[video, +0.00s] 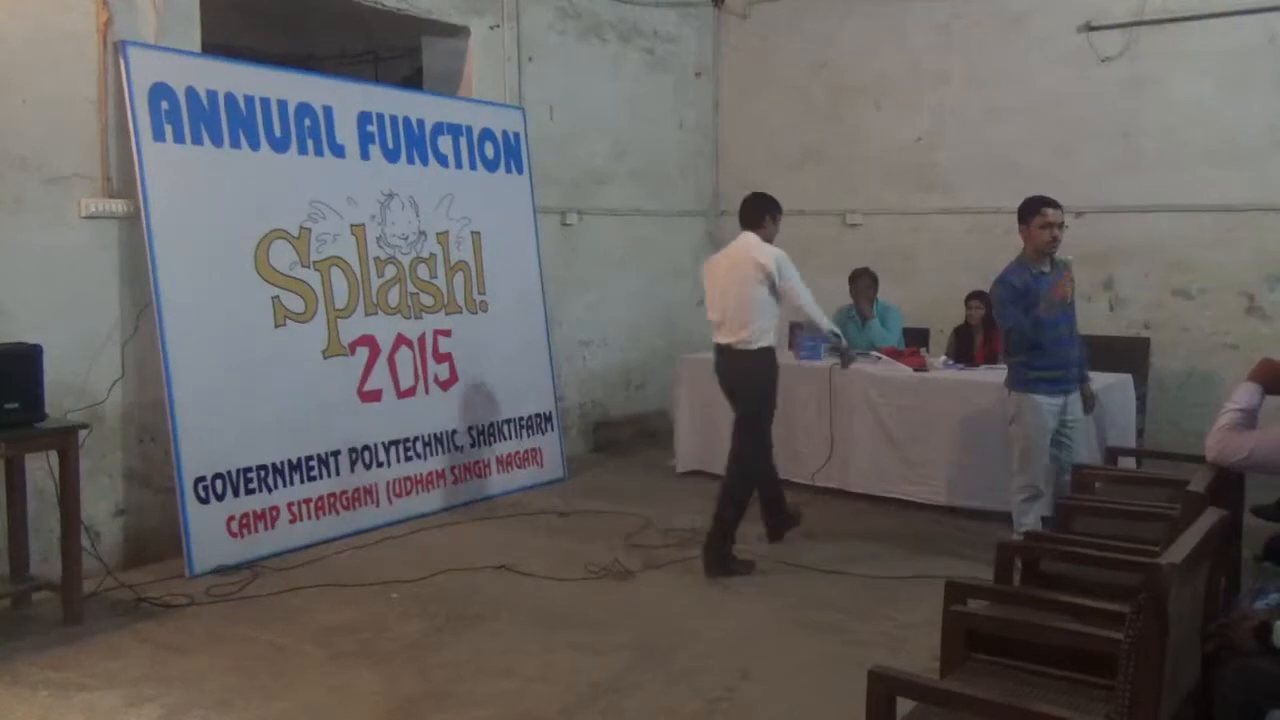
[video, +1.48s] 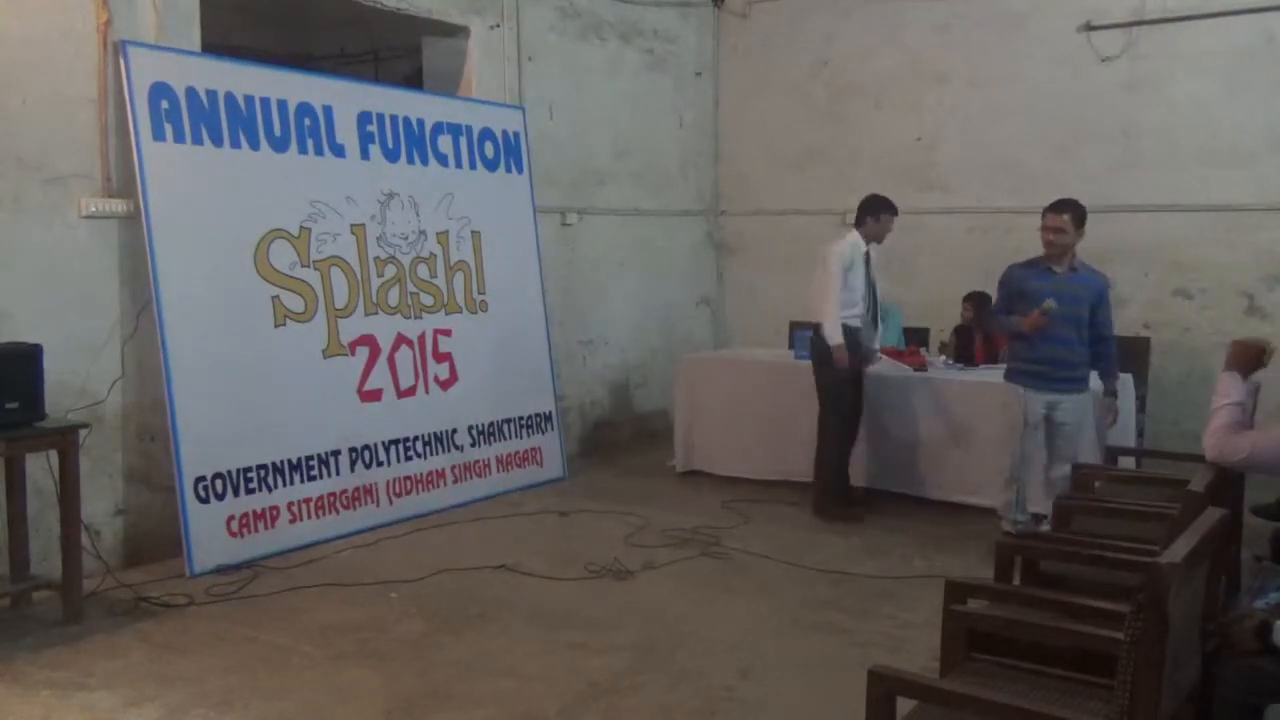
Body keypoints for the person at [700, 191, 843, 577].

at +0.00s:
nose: (778, 230)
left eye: (779, 223)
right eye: (778, 223)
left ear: (742, 222)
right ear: (766, 222)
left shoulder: (713, 262)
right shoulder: (771, 257)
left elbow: (714, 312)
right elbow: (803, 304)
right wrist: (835, 337)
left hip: (725, 362)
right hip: (758, 362)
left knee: (758, 443)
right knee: (745, 455)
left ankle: (777, 517)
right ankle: (718, 552)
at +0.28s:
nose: (811, 226)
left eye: (810, 220)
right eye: (811, 220)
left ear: (776, 218)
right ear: (802, 219)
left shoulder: (750, 258)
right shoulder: (806, 253)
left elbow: (743, 316)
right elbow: (823, 309)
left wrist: (743, 362)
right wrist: (853, 349)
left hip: (762, 355)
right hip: (799, 356)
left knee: (776, 438)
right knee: (818, 435)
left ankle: (786, 520)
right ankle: (776, 493)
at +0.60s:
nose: (855, 235)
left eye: (856, 228)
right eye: (855, 228)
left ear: (823, 224)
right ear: (846, 227)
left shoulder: (791, 259)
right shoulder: (845, 260)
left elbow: (779, 311)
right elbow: (879, 300)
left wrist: (785, 350)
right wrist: (930, 291)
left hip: (796, 356)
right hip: (832, 358)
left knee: (793, 439)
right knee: (842, 434)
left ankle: (782, 520)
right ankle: (858, 506)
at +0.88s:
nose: (884, 238)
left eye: (885, 233)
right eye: (885, 232)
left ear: (855, 222)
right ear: (878, 229)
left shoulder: (820, 251)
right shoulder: (876, 260)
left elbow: (806, 301)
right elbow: (897, 308)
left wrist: (810, 330)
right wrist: (932, 328)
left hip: (820, 342)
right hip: (853, 345)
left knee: (834, 419)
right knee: (864, 425)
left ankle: (824, 488)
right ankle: (860, 501)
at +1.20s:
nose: (896, 240)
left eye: (898, 234)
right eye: (895, 232)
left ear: (872, 225)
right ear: (882, 227)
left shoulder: (846, 245)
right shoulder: (867, 249)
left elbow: (849, 305)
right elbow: (877, 303)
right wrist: (894, 330)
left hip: (826, 334)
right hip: (847, 335)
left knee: (836, 416)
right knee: (856, 417)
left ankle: (835, 491)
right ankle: (860, 498)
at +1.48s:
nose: (889, 232)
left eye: (891, 225)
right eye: (887, 224)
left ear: (871, 221)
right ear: (870, 220)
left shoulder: (864, 253)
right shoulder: (839, 251)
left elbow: (864, 305)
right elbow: (828, 300)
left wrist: (869, 343)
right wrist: (837, 342)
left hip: (854, 339)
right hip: (834, 340)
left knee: (849, 418)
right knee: (836, 419)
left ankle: (839, 492)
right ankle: (827, 499)